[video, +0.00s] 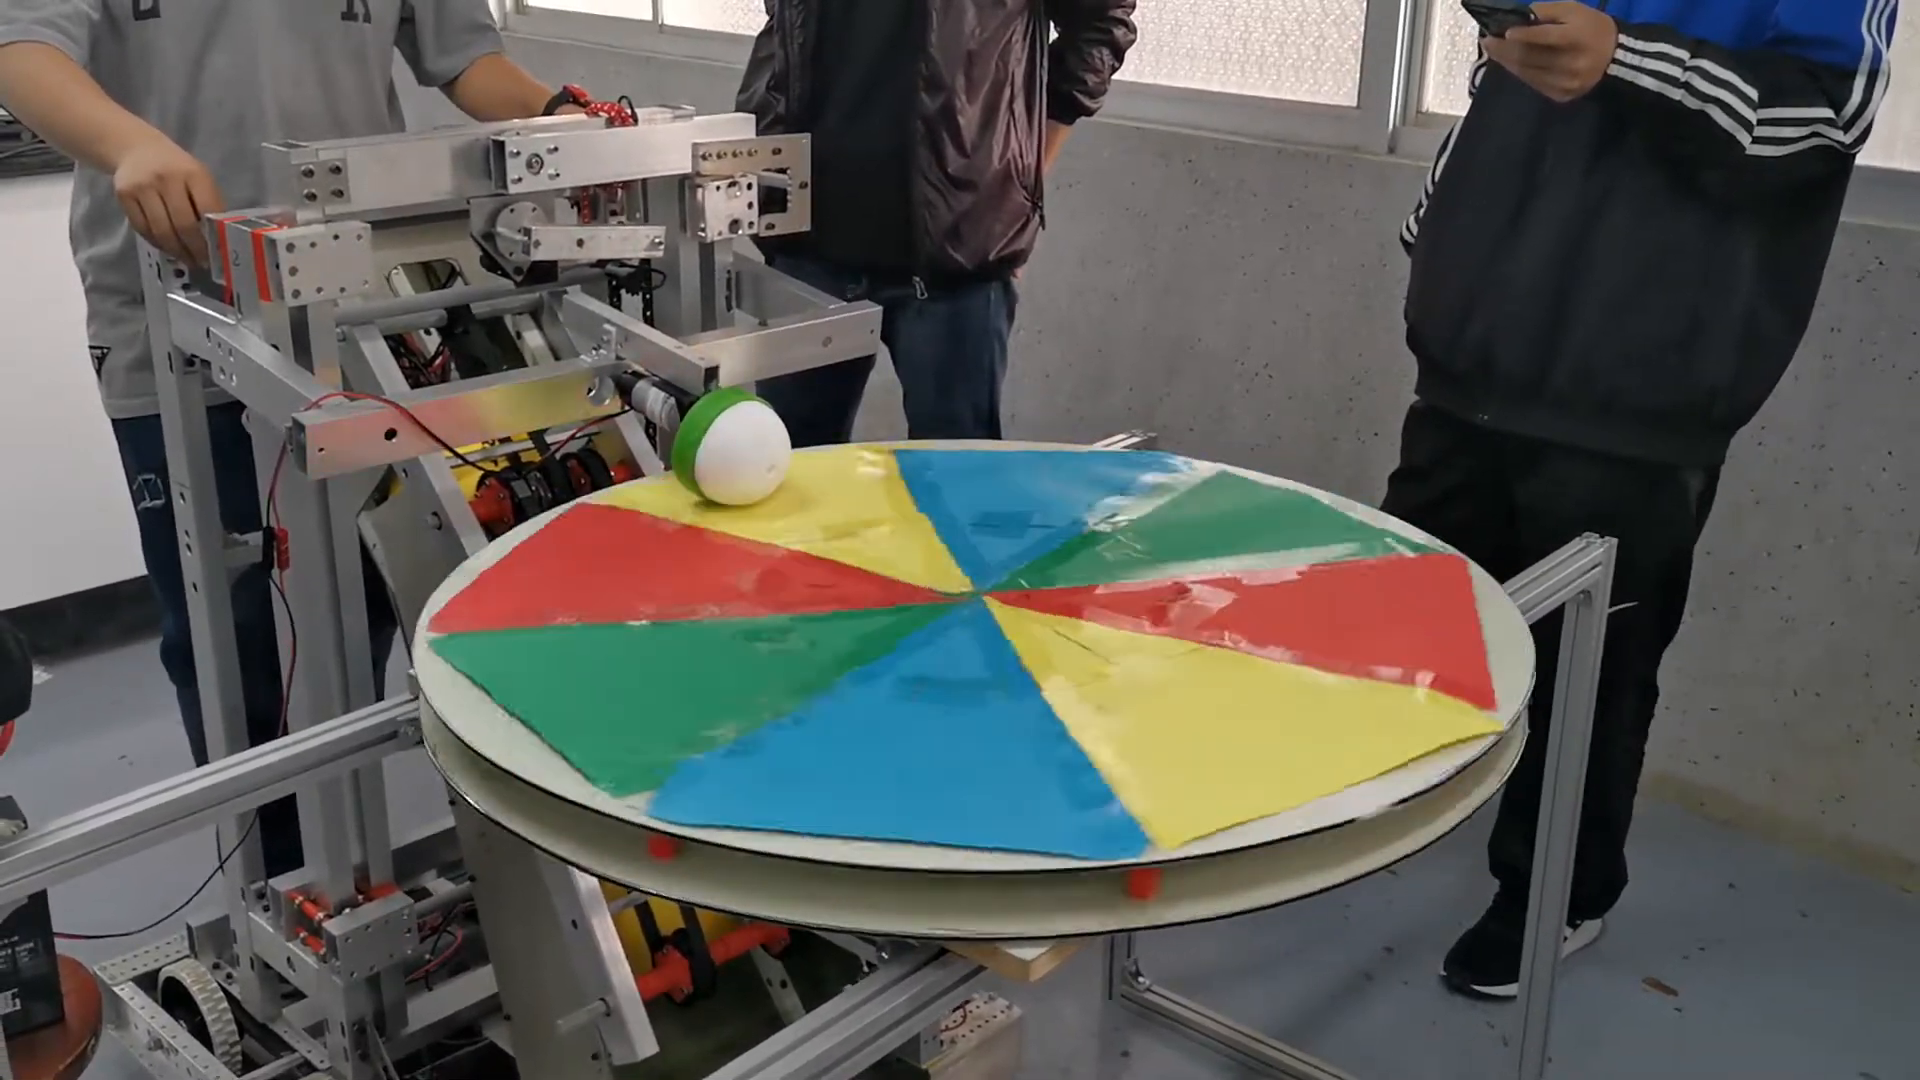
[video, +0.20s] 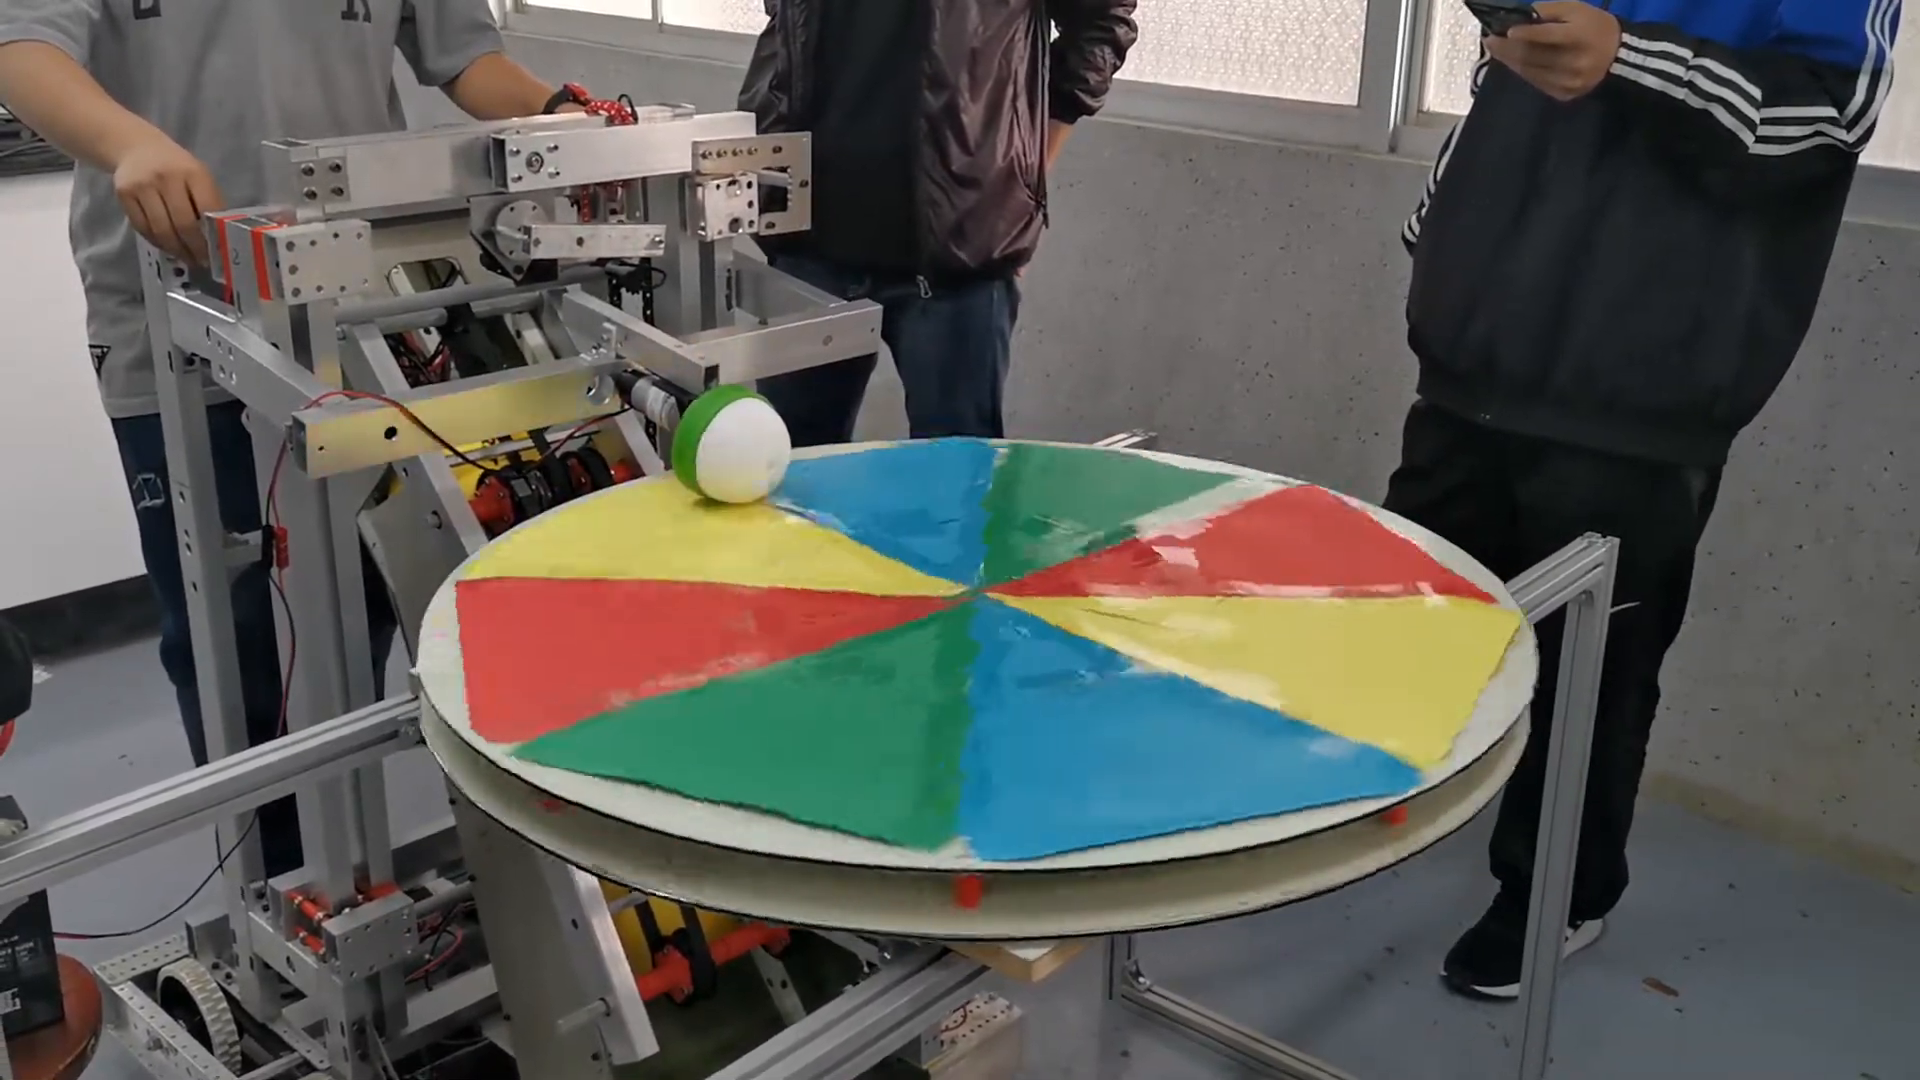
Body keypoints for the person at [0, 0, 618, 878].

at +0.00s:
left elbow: (456, 46)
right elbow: (23, 48)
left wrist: (556, 115)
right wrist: (126, 142)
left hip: (354, 317)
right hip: (173, 325)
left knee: (359, 605)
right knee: (223, 635)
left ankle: (359, 858)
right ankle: (273, 884)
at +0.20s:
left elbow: (460, 49)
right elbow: (23, 47)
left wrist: (558, 114)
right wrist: (127, 143)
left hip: (356, 317)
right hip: (176, 326)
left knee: (357, 610)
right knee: (223, 639)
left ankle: (352, 859)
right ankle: (274, 886)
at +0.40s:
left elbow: (461, 46)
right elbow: (24, 46)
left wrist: (556, 112)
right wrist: (129, 141)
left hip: (358, 317)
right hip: (179, 327)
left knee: (355, 611)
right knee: (227, 639)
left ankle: (345, 862)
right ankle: (274, 889)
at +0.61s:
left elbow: (463, 44)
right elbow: (24, 43)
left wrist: (558, 111)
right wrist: (131, 139)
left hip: (357, 310)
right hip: (179, 321)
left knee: (360, 601)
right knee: (226, 631)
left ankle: (349, 857)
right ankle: (275, 885)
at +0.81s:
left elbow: (464, 42)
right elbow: (26, 42)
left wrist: (563, 112)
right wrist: (133, 137)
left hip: (359, 313)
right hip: (180, 322)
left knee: (358, 604)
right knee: (227, 632)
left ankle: (350, 856)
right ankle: (274, 883)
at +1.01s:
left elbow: (467, 39)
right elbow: (34, 41)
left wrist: (571, 110)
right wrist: (138, 136)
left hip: (365, 308)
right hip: (185, 318)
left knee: (363, 602)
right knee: (232, 630)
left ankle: (358, 854)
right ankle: (281, 883)